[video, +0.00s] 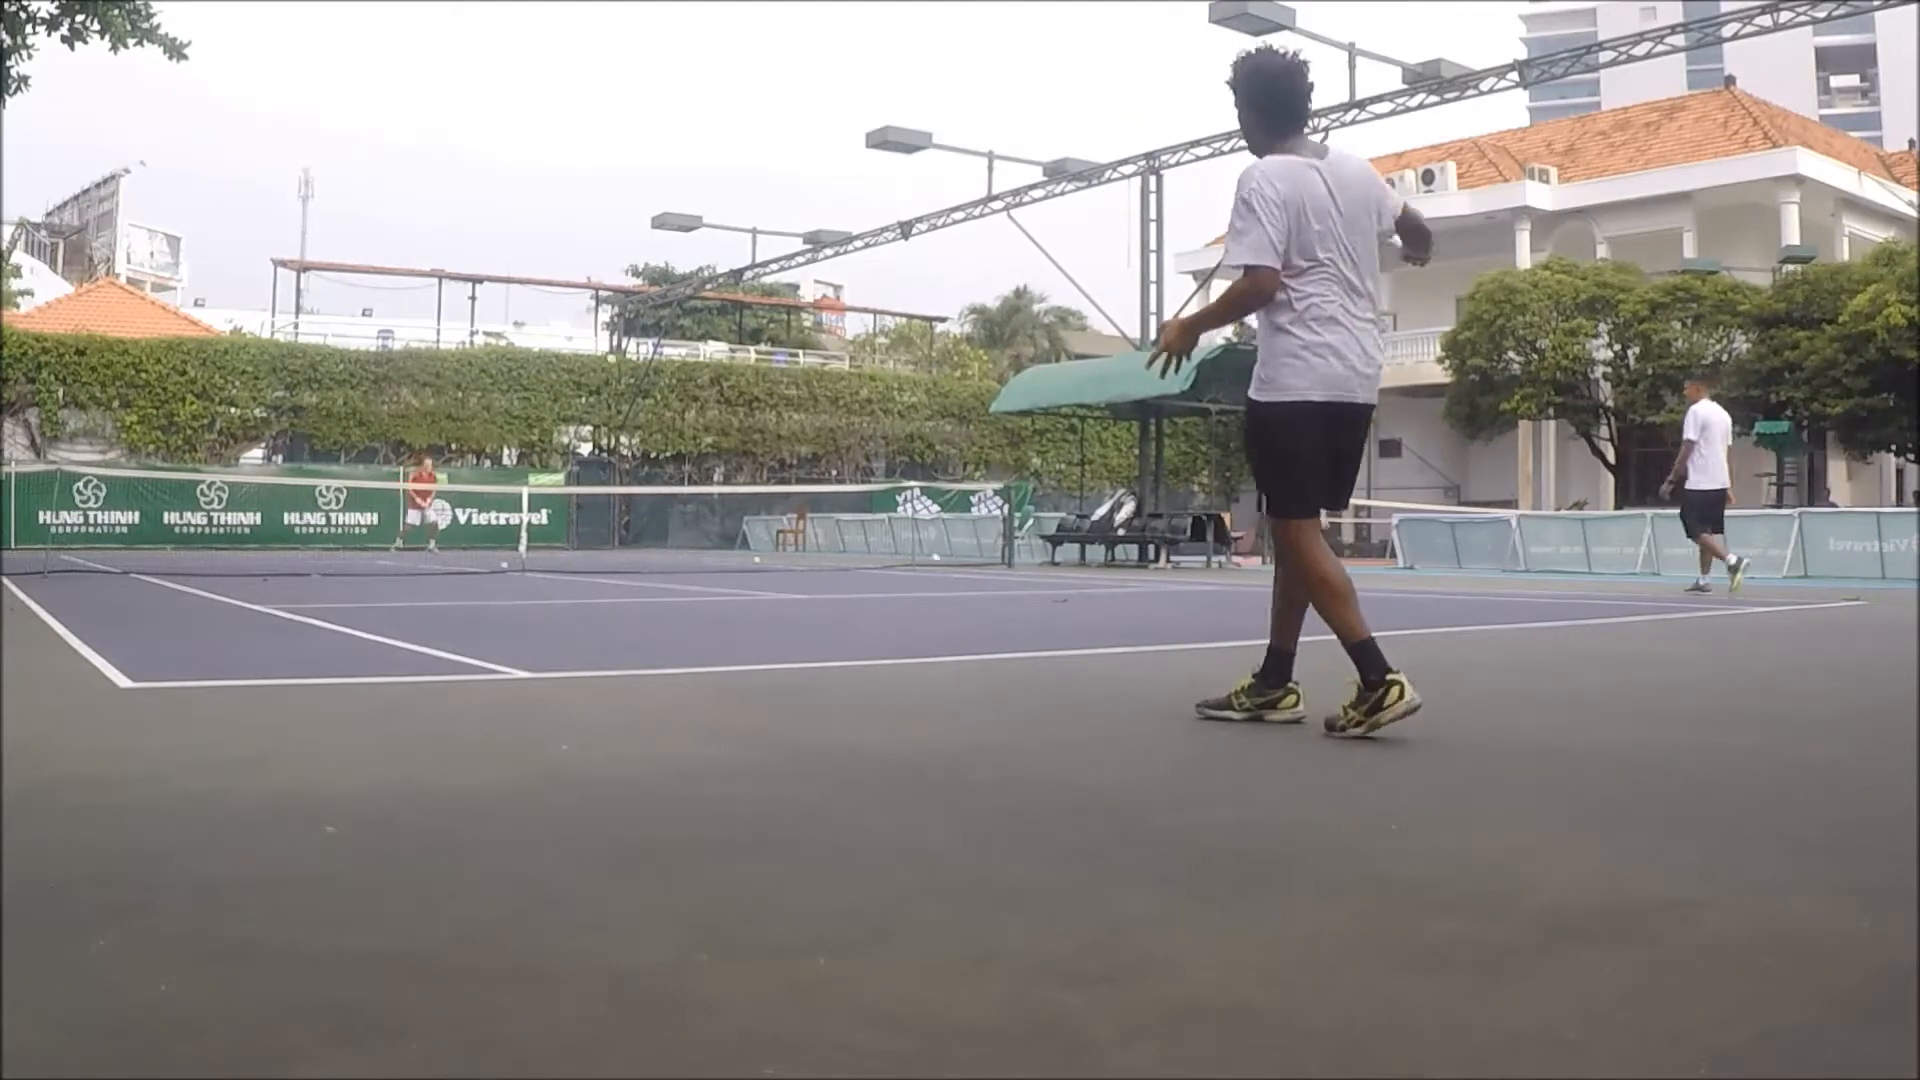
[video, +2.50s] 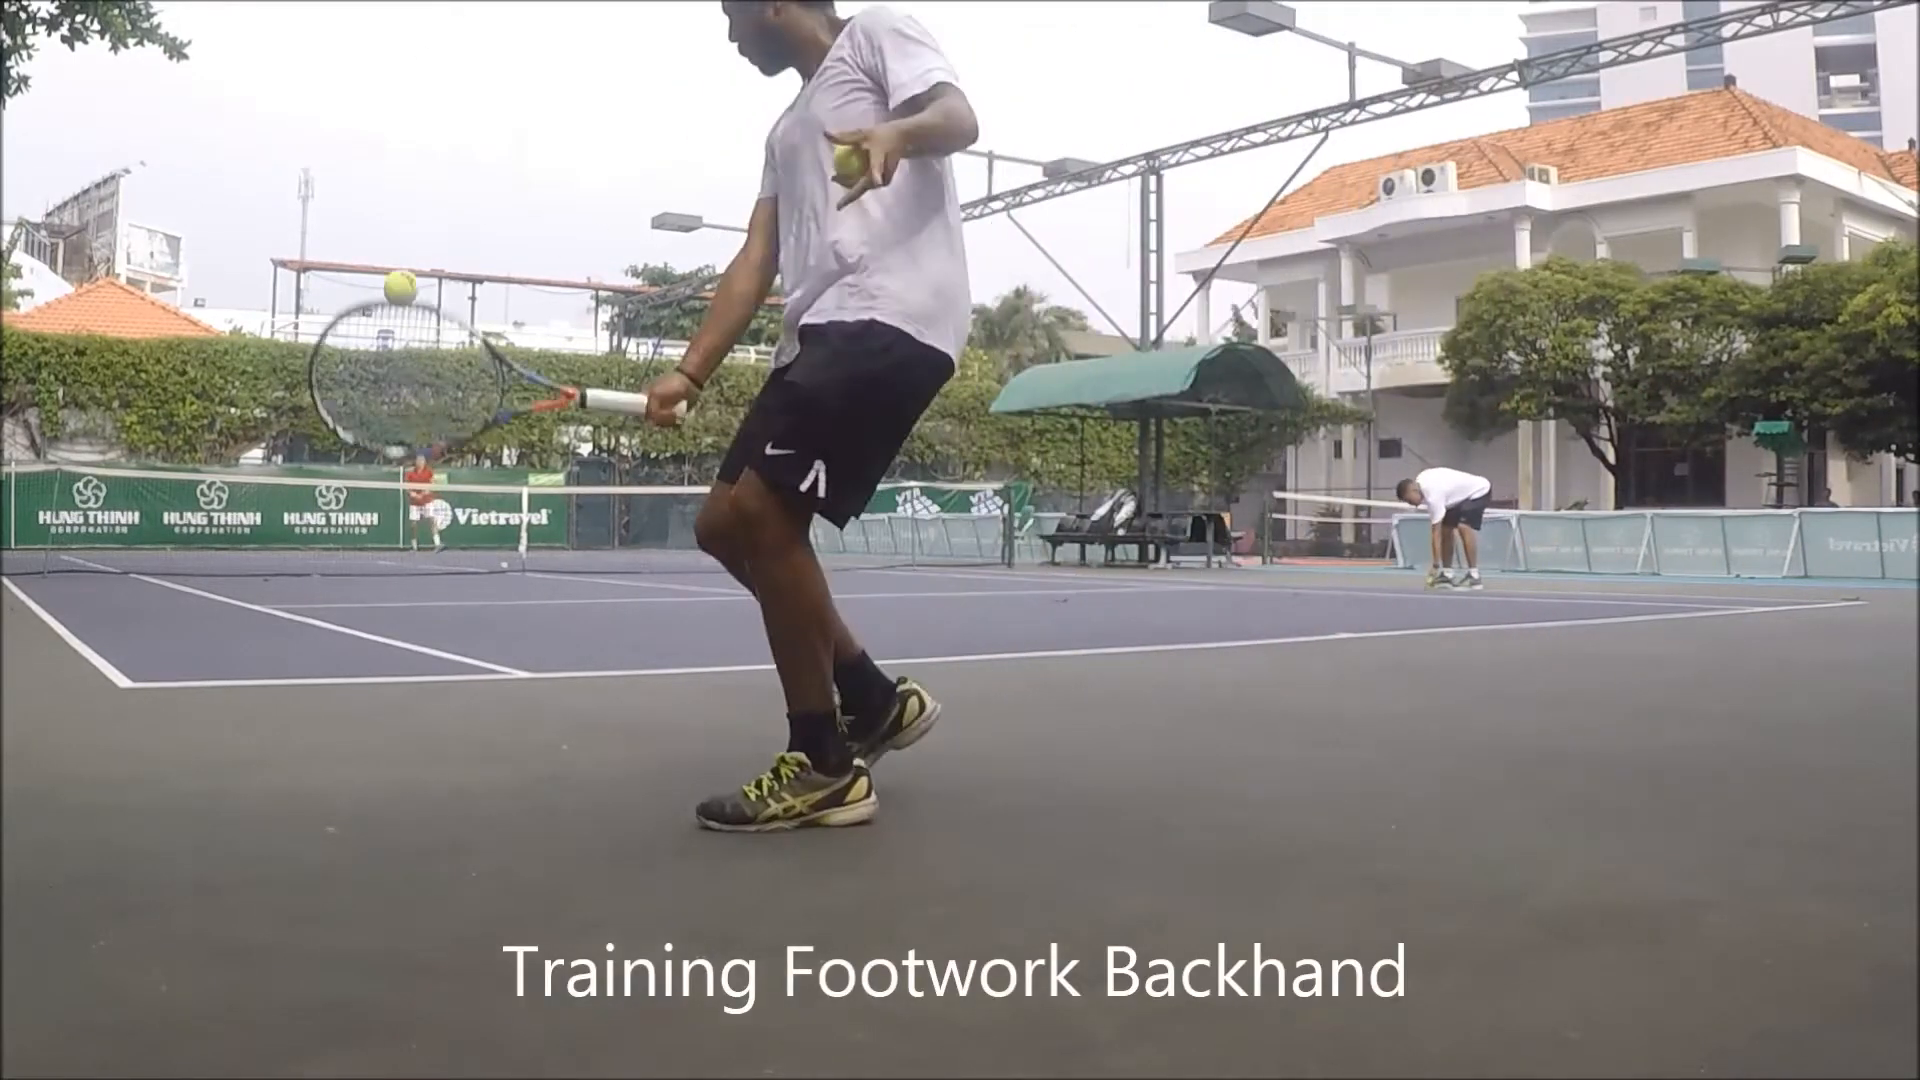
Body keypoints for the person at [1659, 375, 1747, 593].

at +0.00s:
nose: (1684, 393)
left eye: (1687, 388)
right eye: (1685, 388)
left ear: (1698, 389)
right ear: (1703, 390)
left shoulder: (1695, 411)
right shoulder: (1723, 413)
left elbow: (1687, 446)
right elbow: (1725, 453)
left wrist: (1671, 478)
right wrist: (1727, 485)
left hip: (1698, 484)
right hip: (1719, 483)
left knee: (1694, 530)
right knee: (1709, 531)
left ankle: (1731, 560)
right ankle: (1703, 579)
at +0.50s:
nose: (1623, 400)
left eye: (1624, 396)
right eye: (1623, 396)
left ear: (1632, 396)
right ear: (1641, 397)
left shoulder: (1634, 417)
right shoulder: (1653, 414)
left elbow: (1639, 452)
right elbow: (1653, 451)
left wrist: (1641, 488)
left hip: (1633, 487)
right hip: (1656, 486)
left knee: (1626, 534)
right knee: (1664, 532)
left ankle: (1620, 578)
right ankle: (1687, 566)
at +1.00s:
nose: (1561, 402)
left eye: (1564, 398)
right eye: (1562, 398)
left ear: (1574, 399)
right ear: (1578, 400)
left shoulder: (1574, 420)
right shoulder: (1592, 422)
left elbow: (1559, 452)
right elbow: (1596, 460)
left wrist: (1539, 465)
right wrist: (1597, 489)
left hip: (1576, 489)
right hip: (1584, 488)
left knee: (1588, 532)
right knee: (1565, 532)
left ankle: (1613, 572)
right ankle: (1554, 575)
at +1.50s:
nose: (1501, 409)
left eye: (1503, 404)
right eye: (1501, 404)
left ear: (1512, 402)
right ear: (1517, 402)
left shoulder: (1518, 424)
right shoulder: (1529, 422)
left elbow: (1524, 457)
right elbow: (1528, 458)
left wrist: (1528, 491)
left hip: (1513, 491)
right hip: (1533, 491)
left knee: (1498, 536)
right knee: (1541, 534)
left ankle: (1479, 573)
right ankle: (1551, 574)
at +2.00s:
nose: (1432, 441)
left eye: (1430, 436)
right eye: (1429, 438)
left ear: (1437, 429)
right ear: (1441, 426)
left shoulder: (1452, 441)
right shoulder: (1458, 430)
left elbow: (1454, 477)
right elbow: (1457, 473)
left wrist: (1444, 508)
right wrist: (1458, 495)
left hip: (1485, 485)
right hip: (1490, 482)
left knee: (1470, 528)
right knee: (1470, 527)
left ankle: (1475, 574)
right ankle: (1470, 570)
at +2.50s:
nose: (1411, 504)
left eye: (1410, 500)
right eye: (1408, 502)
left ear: (1414, 489)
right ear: (1413, 487)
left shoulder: (1434, 493)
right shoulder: (1421, 480)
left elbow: (1436, 530)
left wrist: (1436, 565)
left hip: (1478, 490)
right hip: (1458, 494)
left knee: (1464, 527)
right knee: (1445, 529)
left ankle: (1474, 575)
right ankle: (1447, 573)